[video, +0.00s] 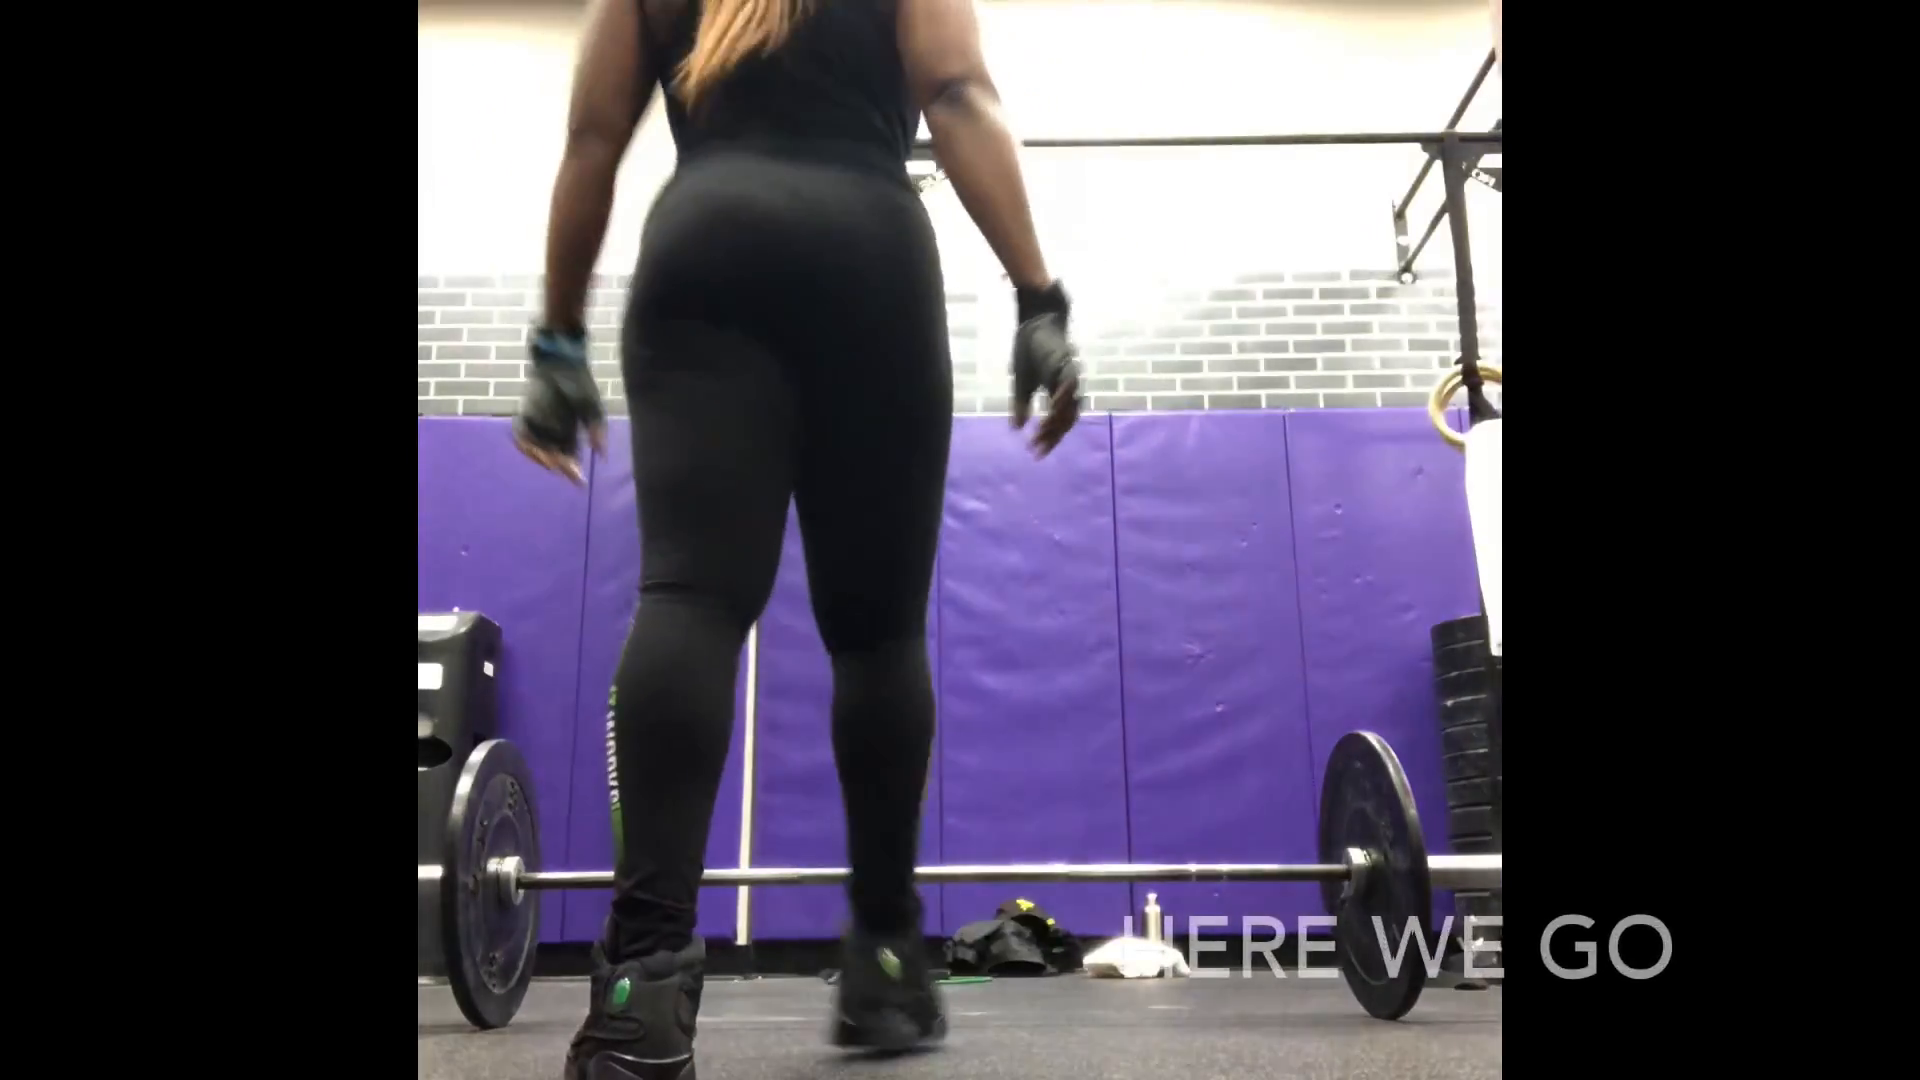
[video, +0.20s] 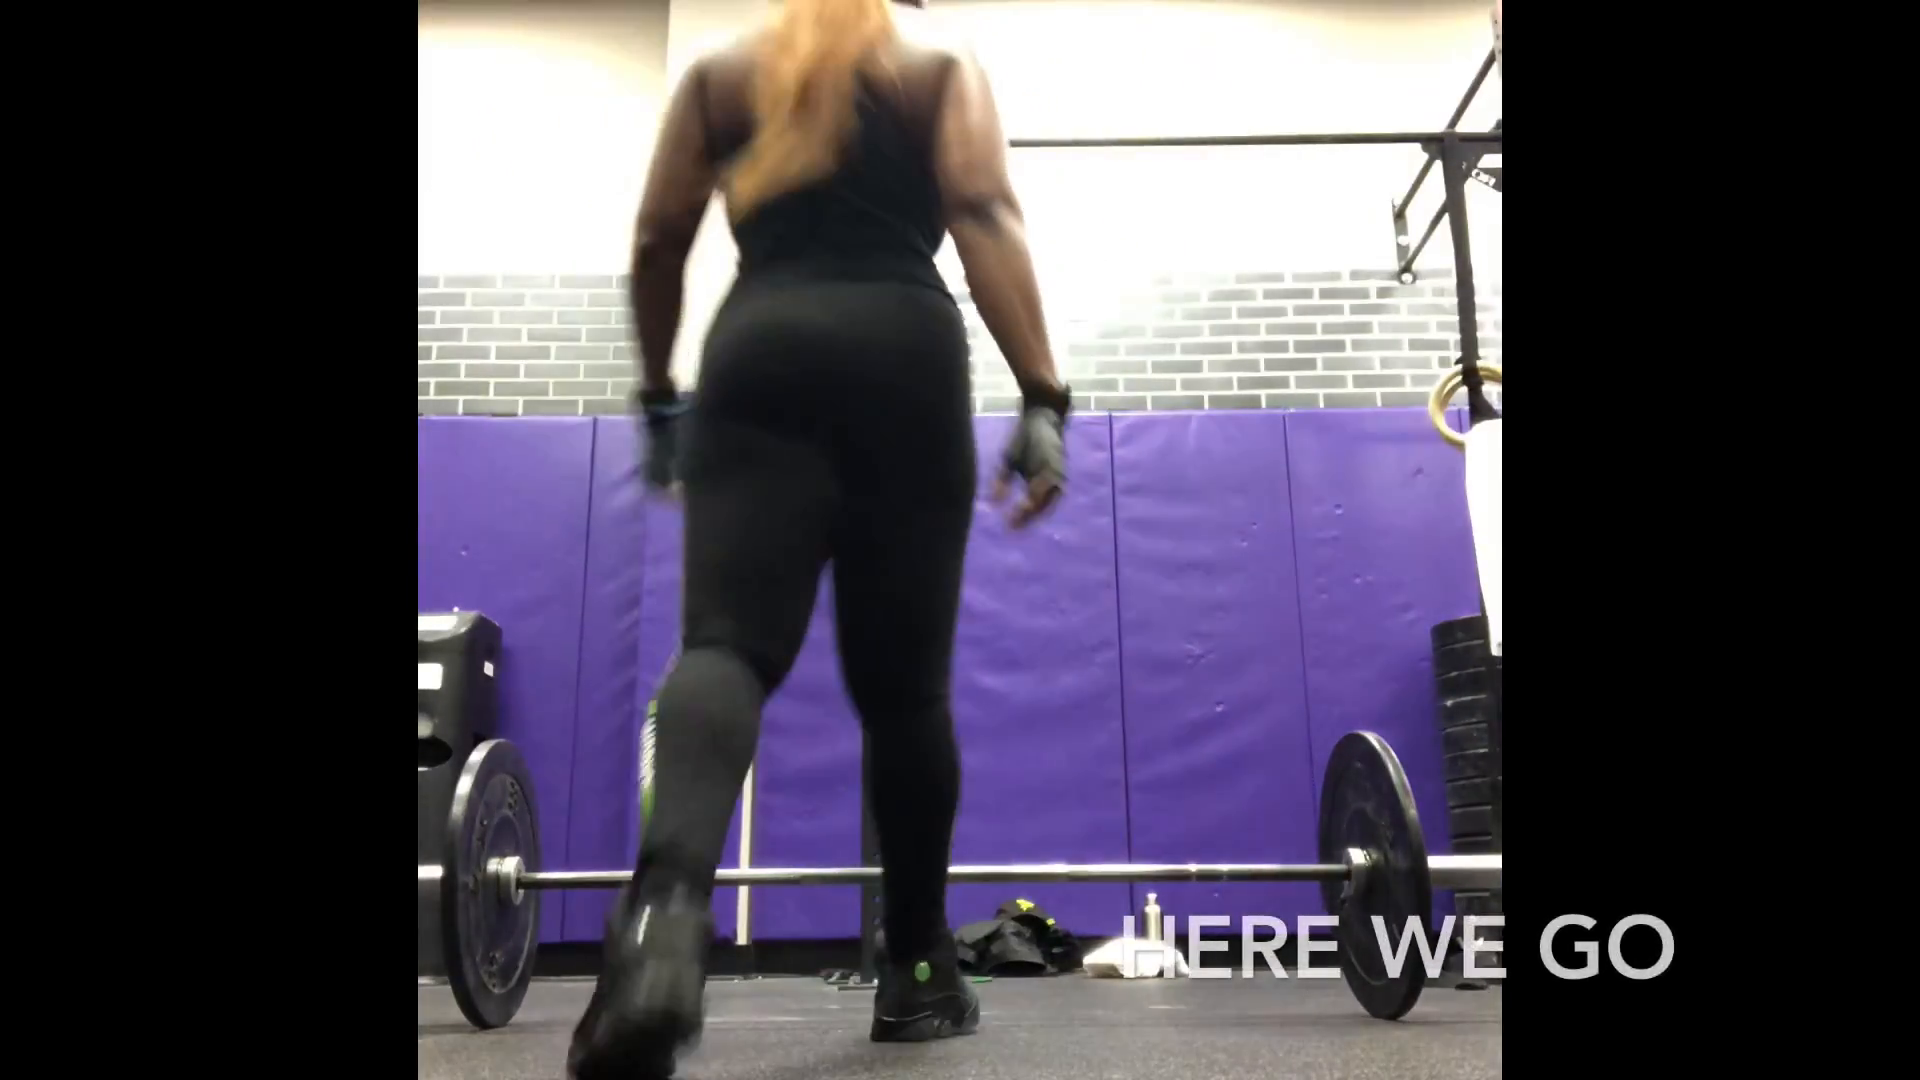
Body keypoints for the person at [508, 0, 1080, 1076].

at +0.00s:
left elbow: (595, 133)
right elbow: (957, 93)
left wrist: (558, 332)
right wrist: (1039, 295)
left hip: (707, 209)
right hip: (862, 216)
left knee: (687, 596)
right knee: (878, 627)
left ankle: (645, 974)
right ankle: (884, 959)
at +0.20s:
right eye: (907, 11)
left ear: (788, 3)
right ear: (886, 5)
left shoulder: (719, 79)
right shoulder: (939, 72)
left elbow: (660, 237)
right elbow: (981, 213)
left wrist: (657, 389)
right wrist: (1044, 392)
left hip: (761, 346)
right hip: (906, 351)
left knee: (725, 643)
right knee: (905, 691)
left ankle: (669, 907)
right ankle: (915, 972)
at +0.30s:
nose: (941, 17)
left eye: (938, 11)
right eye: (940, 11)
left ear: (823, 10)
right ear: (918, 15)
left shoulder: (749, 90)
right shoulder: (963, 103)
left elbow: (691, 242)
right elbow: (1008, 251)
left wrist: (721, 344)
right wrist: (1069, 422)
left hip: (799, 368)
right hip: (933, 369)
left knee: (748, 643)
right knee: (926, 681)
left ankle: (718, 805)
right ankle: (918, 971)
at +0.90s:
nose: (925, 151)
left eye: (889, 140)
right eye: (927, 143)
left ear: (843, 157)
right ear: (924, 152)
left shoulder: (792, 238)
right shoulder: (956, 213)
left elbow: (774, 382)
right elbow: (1004, 358)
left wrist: (848, 338)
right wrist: (1039, 479)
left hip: (824, 463)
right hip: (931, 457)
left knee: (844, 706)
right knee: (925, 699)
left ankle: (805, 926)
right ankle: (909, 950)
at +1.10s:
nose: (914, 212)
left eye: (900, 195)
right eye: (915, 199)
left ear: (834, 203)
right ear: (906, 204)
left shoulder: (780, 283)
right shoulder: (924, 255)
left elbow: (769, 415)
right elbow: (954, 367)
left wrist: (844, 379)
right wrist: (1019, 493)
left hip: (807, 490)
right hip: (910, 478)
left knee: (836, 731)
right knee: (960, 695)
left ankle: (813, 954)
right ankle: (928, 848)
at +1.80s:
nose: (1013, 264)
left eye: (1012, 250)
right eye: (1005, 249)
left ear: (934, 251)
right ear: (974, 246)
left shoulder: (898, 317)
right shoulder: (966, 281)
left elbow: (829, 432)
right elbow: (920, 320)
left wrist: (904, 492)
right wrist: (1008, 401)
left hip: (912, 522)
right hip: (971, 514)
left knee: (968, 734)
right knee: (994, 728)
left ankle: (868, 894)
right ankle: (986, 942)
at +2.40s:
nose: (1027, 312)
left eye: (1032, 299)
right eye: (1014, 298)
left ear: (1022, 306)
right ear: (968, 301)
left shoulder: (1012, 373)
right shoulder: (915, 354)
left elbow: (999, 465)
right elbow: (810, 399)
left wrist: (1015, 496)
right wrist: (862, 470)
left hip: (1013, 566)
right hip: (940, 549)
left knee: (998, 751)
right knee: (958, 734)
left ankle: (986, 943)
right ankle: (947, 942)